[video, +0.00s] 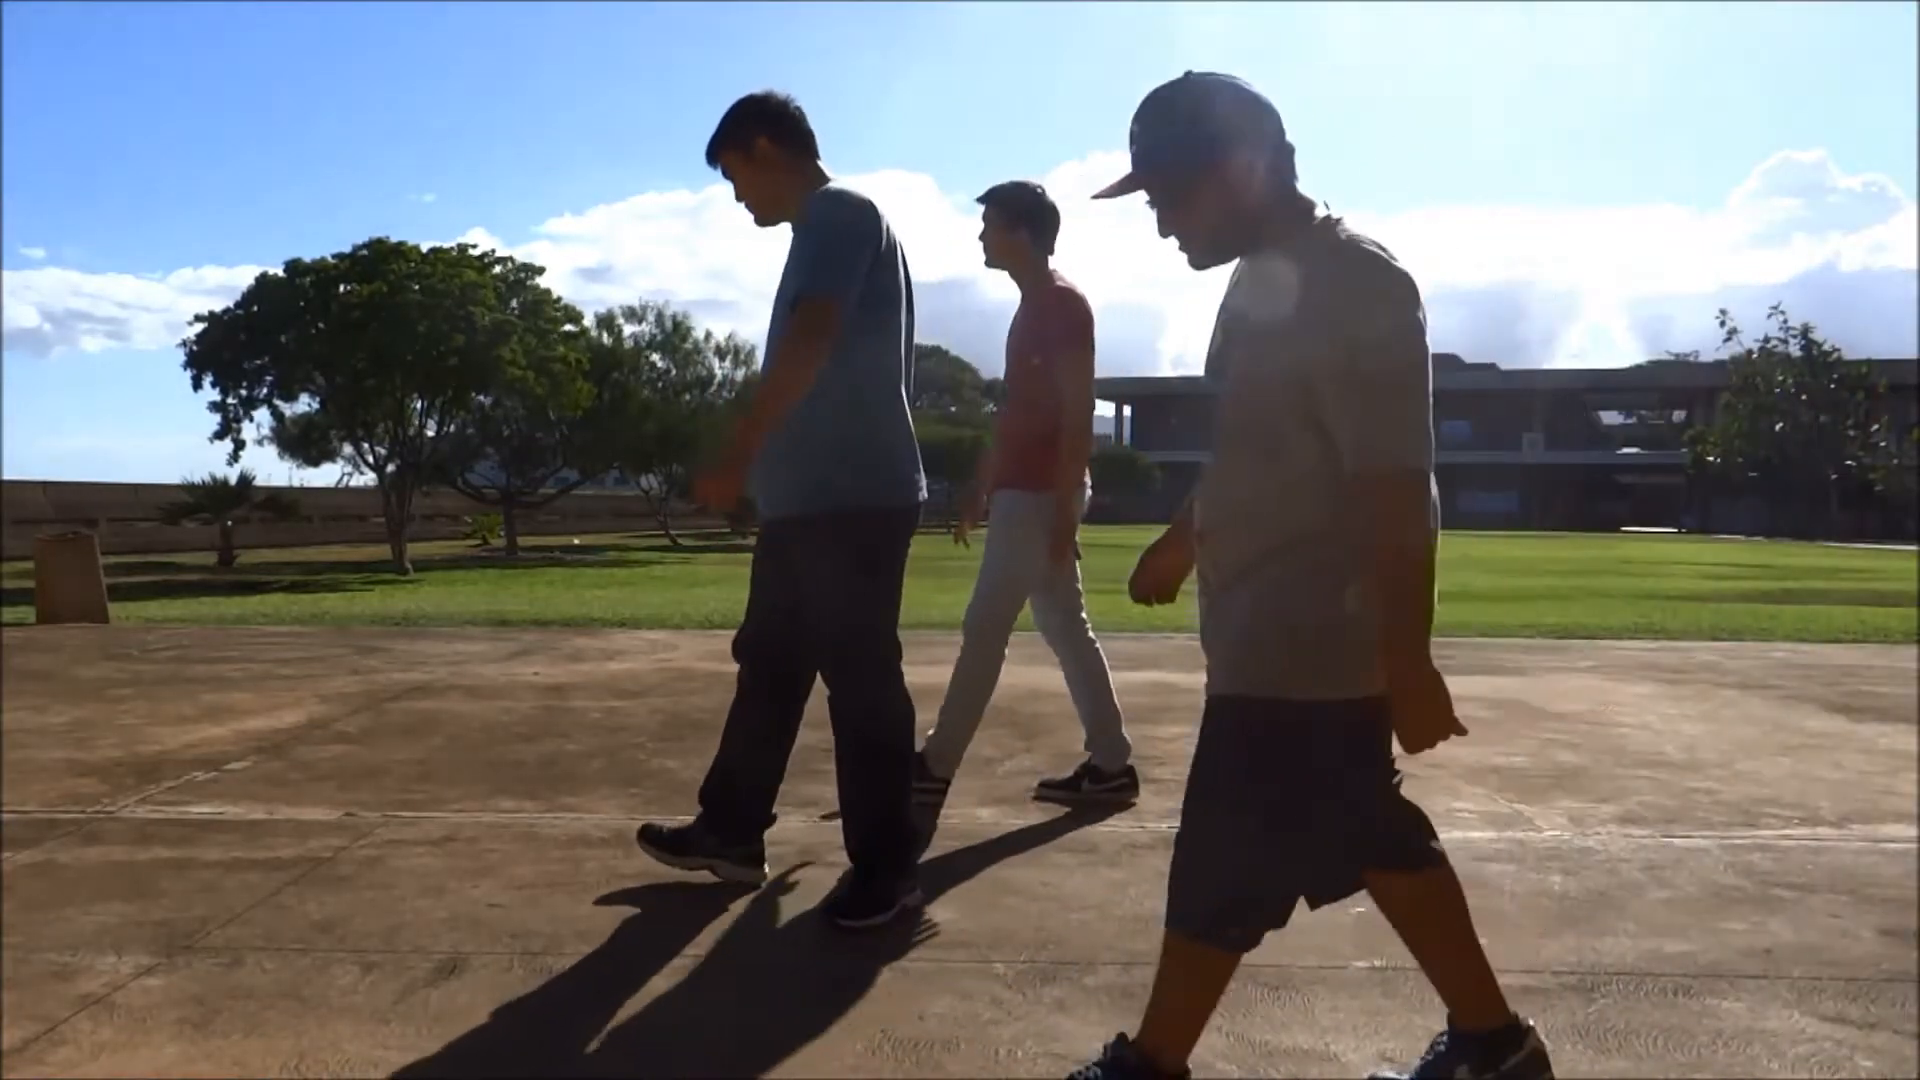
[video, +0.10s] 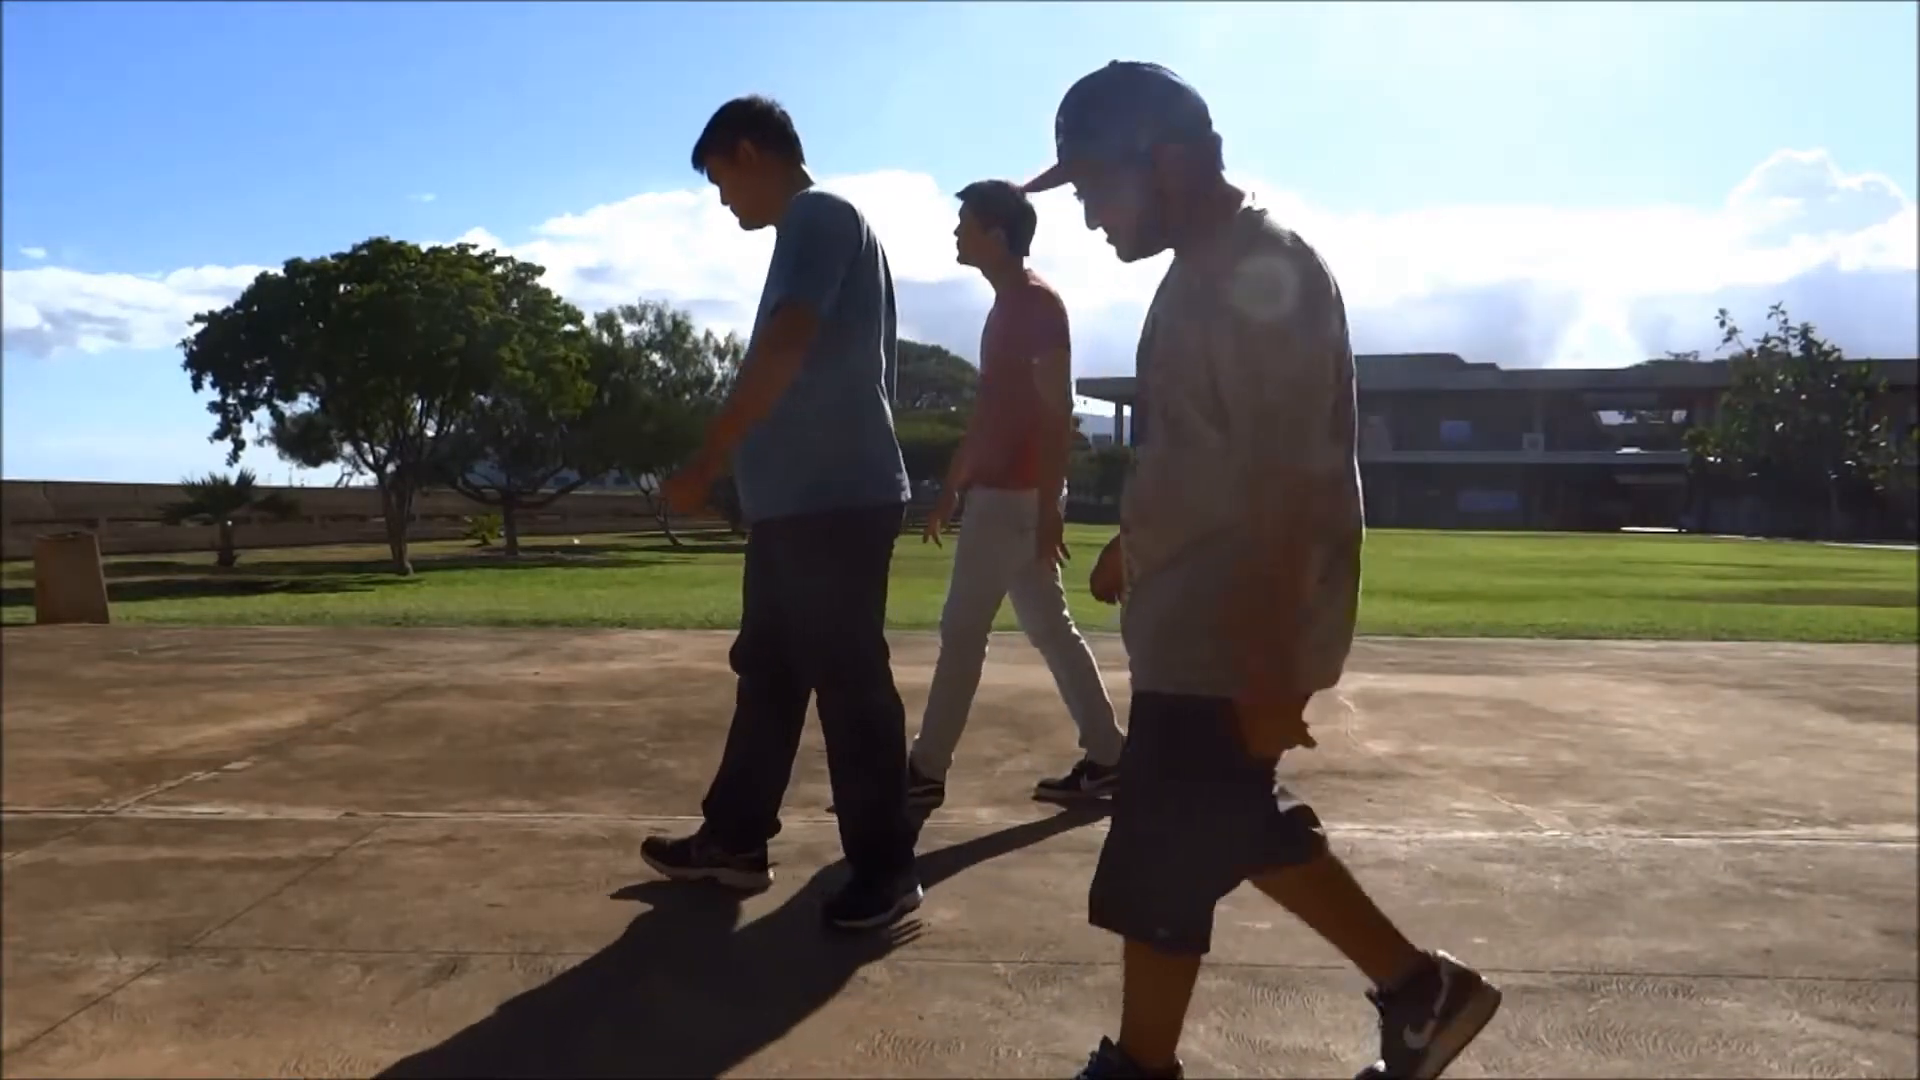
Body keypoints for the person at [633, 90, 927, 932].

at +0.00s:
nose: (741, 202)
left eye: (736, 180)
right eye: (732, 186)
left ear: (768, 151)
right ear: (783, 149)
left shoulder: (835, 213)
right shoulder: (849, 228)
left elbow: (807, 346)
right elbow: (853, 371)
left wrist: (734, 458)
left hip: (848, 502)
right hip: (813, 504)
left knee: (864, 682)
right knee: (770, 665)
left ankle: (885, 871)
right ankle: (729, 832)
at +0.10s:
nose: (721, 202)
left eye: (719, 182)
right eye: (715, 187)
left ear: (750, 153)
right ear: (766, 153)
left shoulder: (821, 216)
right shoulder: (823, 228)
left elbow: (783, 348)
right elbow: (823, 372)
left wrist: (705, 460)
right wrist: (734, 468)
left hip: (835, 501)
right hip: (800, 504)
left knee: (852, 681)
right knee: (769, 672)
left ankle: (884, 871)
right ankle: (734, 841)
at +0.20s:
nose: (704, 207)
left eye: (701, 186)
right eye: (697, 190)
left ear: (732, 158)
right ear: (749, 158)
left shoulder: (796, 220)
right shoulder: (817, 230)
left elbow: (767, 350)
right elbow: (832, 377)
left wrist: (692, 461)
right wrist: (739, 472)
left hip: (815, 501)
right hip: (783, 505)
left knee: (838, 677)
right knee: (751, 671)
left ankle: (882, 867)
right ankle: (727, 844)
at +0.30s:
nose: (686, 208)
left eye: (683, 187)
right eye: (678, 193)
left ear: (714, 161)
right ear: (734, 160)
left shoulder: (773, 221)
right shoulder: (794, 231)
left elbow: (746, 355)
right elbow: (806, 371)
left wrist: (681, 468)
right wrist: (724, 475)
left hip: (792, 500)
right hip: (765, 503)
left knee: (813, 669)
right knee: (735, 667)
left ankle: (876, 860)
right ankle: (727, 841)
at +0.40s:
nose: (666, 208)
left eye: (663, 189)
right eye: (659, 194)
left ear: (695, 164)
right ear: (717, 163)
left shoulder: (749, 223)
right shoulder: (777, 230)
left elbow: (729, 356)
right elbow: (800, 372)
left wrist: (667, 470)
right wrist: (714, 476)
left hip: (761, 496)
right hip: (759, 494)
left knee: (779, 669)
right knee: (726, 665)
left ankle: (867, 853)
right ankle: (727, 841)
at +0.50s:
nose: (651, 213)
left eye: (648, 193)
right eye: (644, 198)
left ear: (679, 166)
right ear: (697, 164)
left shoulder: (731, 227)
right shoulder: (764, 232)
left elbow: (710, 362)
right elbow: (786, 372)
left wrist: (652, 472)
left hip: (738, 491)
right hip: (765, 486)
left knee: (726, 657)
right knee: (734, 656)